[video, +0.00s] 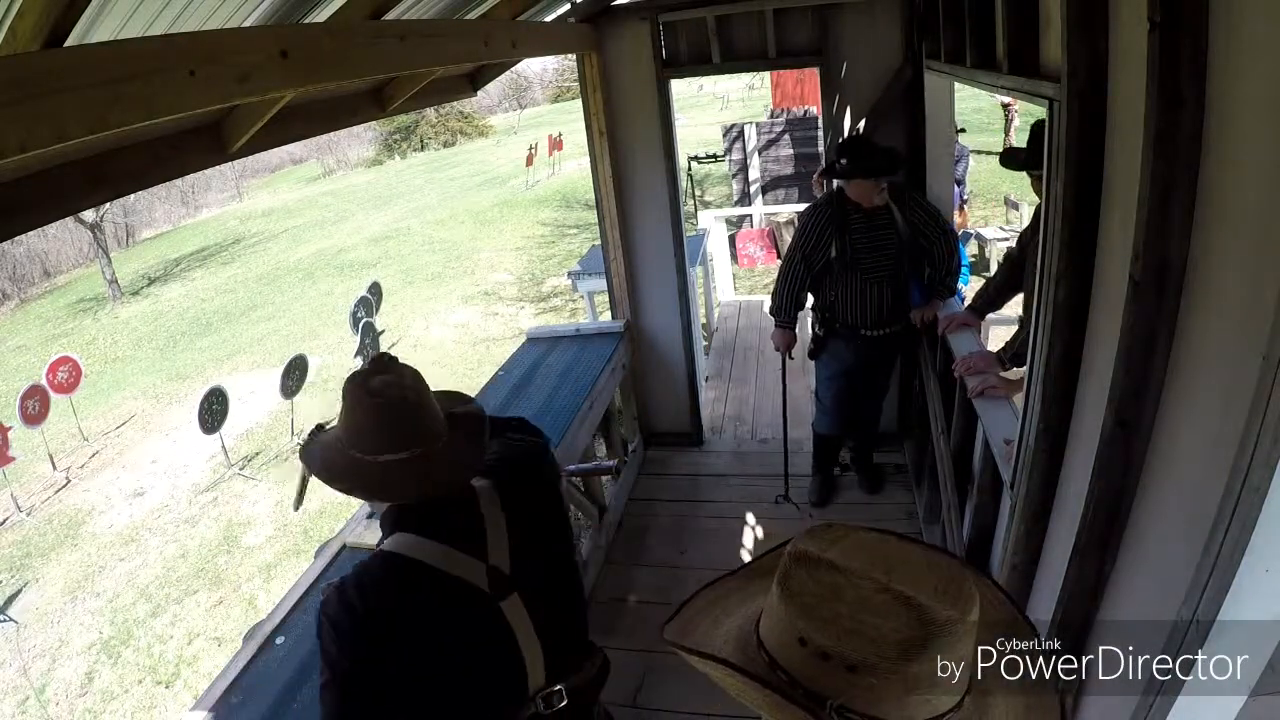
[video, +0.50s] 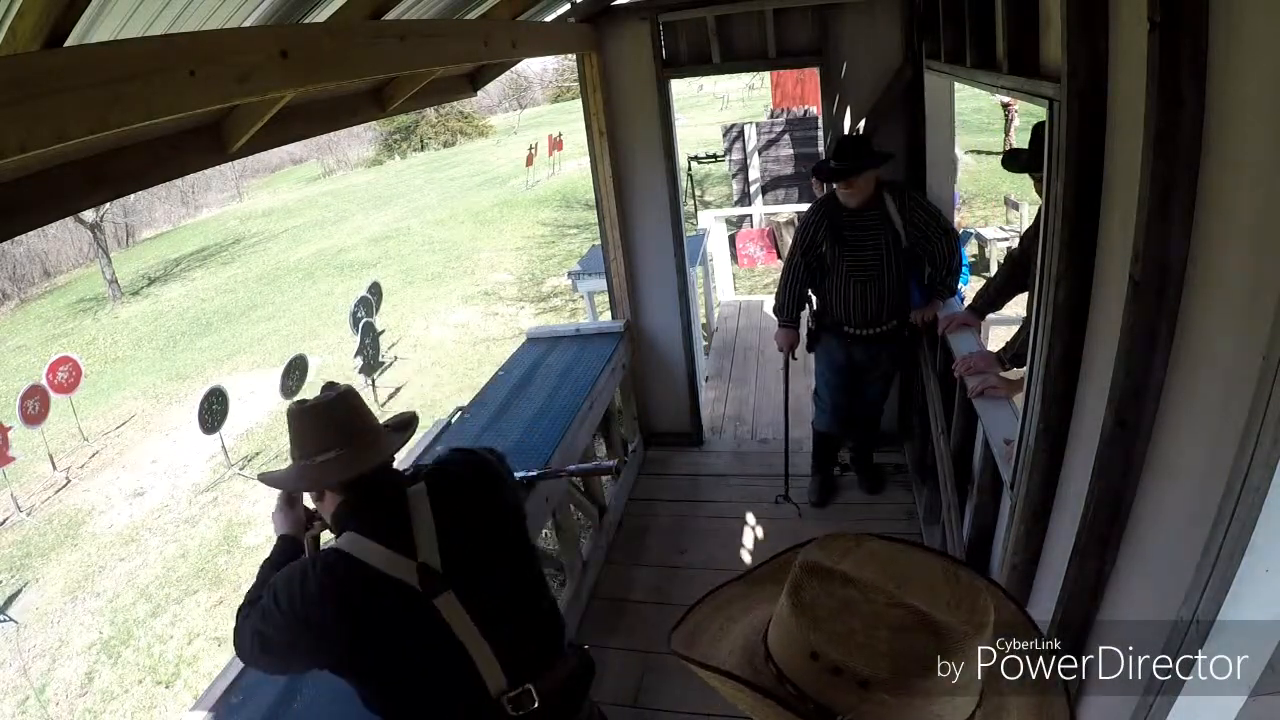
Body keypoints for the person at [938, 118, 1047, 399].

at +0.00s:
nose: (1032, 183)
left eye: (1037, 175)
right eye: (1031, 174)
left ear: (1058, 174)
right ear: (1033, 172)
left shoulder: (1066, 224)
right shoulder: (1046, 212)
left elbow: (1053, 306)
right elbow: (1018, 261)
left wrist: (1004, 357)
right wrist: (976, 310)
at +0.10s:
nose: (1033, 184)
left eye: (1037, 175)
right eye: (1031, 175)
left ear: (1057, 175)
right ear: (1033, 172)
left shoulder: (1067, 224)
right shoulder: (1048, 213)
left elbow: (1053, 305)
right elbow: (1019, 263)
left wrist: (1005, 357)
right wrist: (977, 310)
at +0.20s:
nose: (1034, 183)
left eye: (1038, 175)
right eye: (1032, 175)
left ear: (1058, 174)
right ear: (1033, 172)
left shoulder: (1067, 223)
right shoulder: (1050, 214)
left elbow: (1053, 305)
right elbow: (1020, 262)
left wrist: (1003, 357)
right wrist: (976, 310)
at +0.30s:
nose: (1034, 183)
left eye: (1039, 174)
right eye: (1032, 174)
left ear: (1058, 174)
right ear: (1033, 172)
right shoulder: (1050, 213)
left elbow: (1054, 305)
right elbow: (1020, 261)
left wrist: (1004, 357)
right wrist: (976, 310)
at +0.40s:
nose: (1035, 183)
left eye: (1039, 174)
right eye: (1033, 174)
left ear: (1058, 174)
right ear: (1034, 172)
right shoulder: (1050, 214)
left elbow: (1054, 305)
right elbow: (1020, 262)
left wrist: (1005, 357)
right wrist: (976, 310)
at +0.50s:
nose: (1035, 183)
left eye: (1040, 175)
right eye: (1033, 174)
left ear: (1059, 174)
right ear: (1033, 173)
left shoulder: (1071, 226)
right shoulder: (1050, 215)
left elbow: (1054, 306)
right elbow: (1020, 262)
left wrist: (1005, 357)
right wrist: (976, 310)